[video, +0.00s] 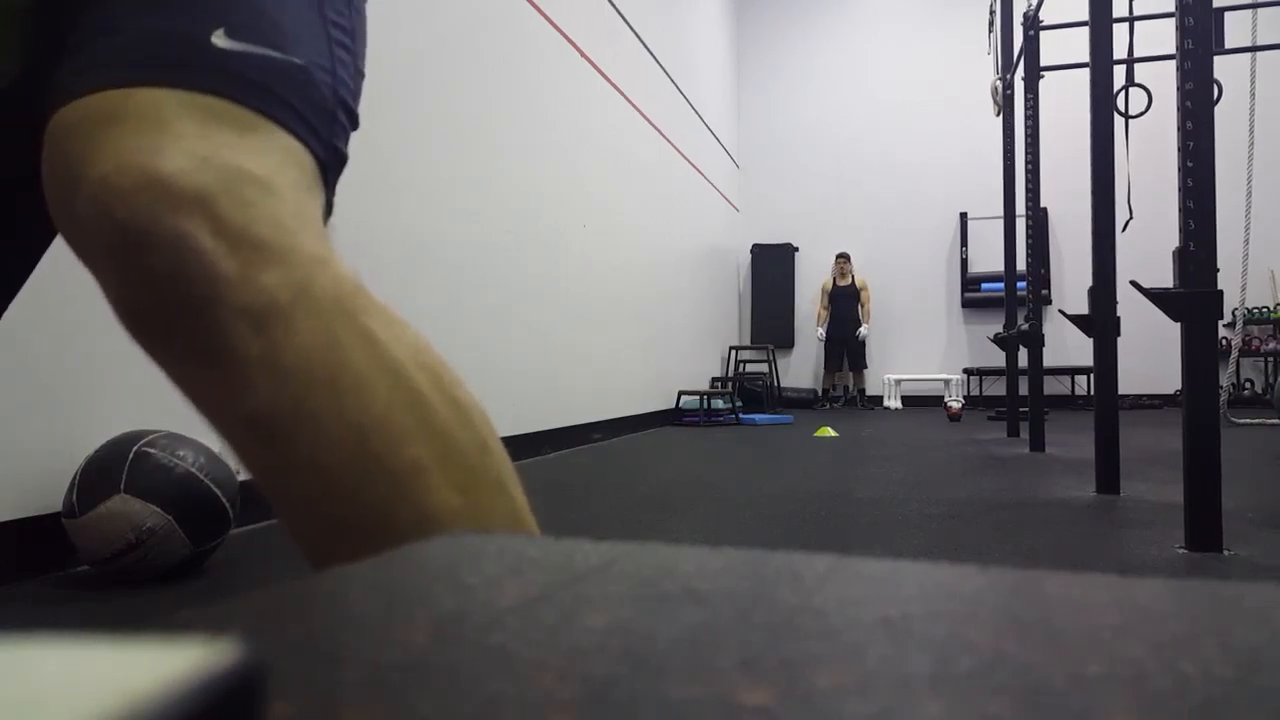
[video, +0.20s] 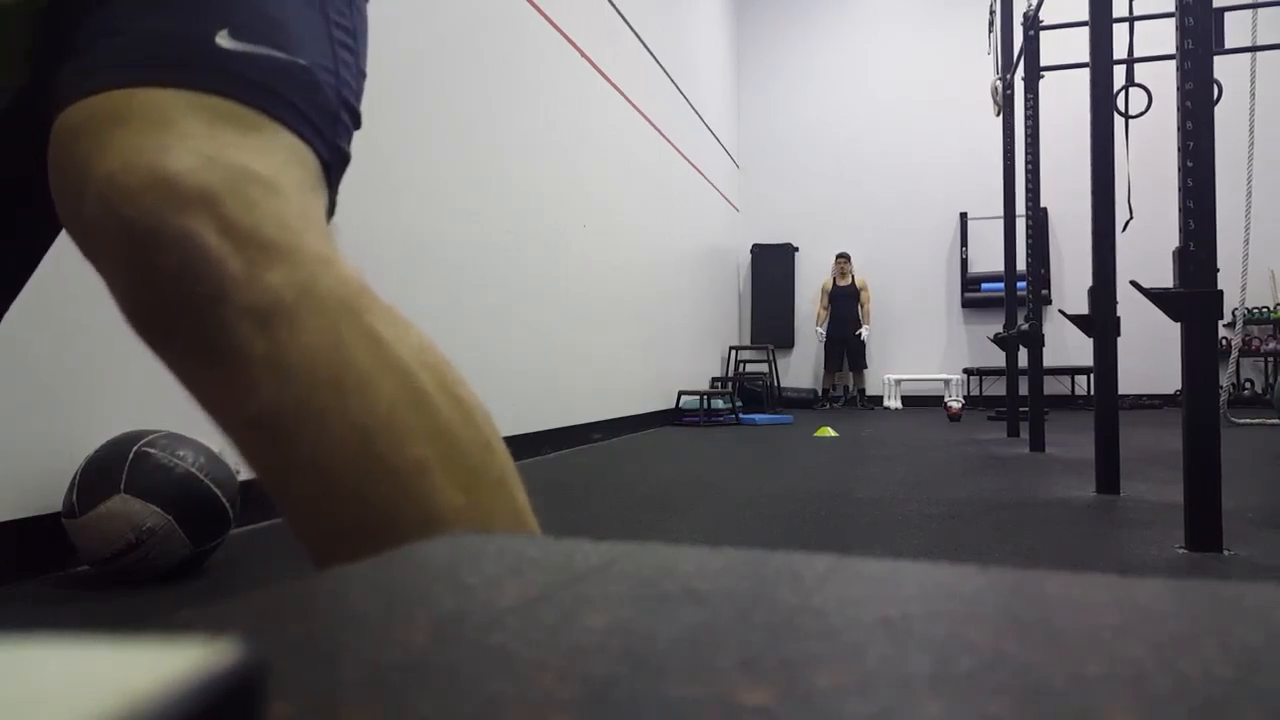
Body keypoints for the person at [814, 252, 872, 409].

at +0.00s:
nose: (841, 266)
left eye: (844, 263)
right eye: (839, 263)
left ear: (850, 265)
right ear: (835, 266)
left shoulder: (859, 283)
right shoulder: (828, 285)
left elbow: (865, 305)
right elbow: (824, 307)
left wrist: (865, 324)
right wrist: (819, 325)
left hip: (854, 331)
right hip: (834, 331)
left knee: (858, 368)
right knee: (830, 368)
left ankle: (861, 399)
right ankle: (825, 398)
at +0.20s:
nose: (842, 266)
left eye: (845, 263)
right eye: (839, 263)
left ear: (850, 265)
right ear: (835, 266)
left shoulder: (859, 283)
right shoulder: (828, 285)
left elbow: (864, 305)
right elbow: (823, 307)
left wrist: (866, 325)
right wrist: (818, 325)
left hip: (854, 331)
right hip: (834, 331)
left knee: (858, 368)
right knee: (830, 368)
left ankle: (861, 399)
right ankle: (825, 399)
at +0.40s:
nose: (842, 266)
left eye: (845, 263)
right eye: (839, 263)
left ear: (850, 265)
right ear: (836, 265)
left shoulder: (860, 283)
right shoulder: (828, 284)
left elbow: (865, 305)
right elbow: (823, 307)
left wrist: (867, 326)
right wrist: (818, 326)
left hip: (854, 331)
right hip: (834, 331)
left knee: (858, 368)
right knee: (830, 368)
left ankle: (861, 398)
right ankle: (825, 398)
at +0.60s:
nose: (842, 266)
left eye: (845, 263)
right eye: (839, 263)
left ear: (850, 265)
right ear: (836, 265)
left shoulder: (860, 283)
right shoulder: (828, 284)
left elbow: (865, 305)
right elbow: (824, 307)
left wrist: (867, 326)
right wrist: (819, 326)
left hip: (854, 331)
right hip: (834, 332)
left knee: (858, 368)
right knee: (830, 368)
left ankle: (861, 398)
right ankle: (825, 398)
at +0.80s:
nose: (842, 266)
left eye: (845, 263)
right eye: (840, 263)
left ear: (851, 265)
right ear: (836, 265)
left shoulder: (860, 283)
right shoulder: (828, 284)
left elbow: (865, 305)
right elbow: (824, 307)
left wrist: (866, 325)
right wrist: (819, 326)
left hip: (854, 331)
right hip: (834, 331)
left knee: (858, 368)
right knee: (830, 368)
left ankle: (861, 398)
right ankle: (825, 398)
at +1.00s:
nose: (843, 266)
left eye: (845, 263)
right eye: (840, 263)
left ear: (850, 264)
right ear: (836, 265)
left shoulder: (860, 283)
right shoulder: (828, 284)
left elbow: (865, 305)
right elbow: (824, 307)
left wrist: (866, 325)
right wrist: (819, 326)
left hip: (854, 331)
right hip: (834, 331)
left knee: (858, 368)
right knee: (830, 368)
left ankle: (861, 398)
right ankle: (825, 398)